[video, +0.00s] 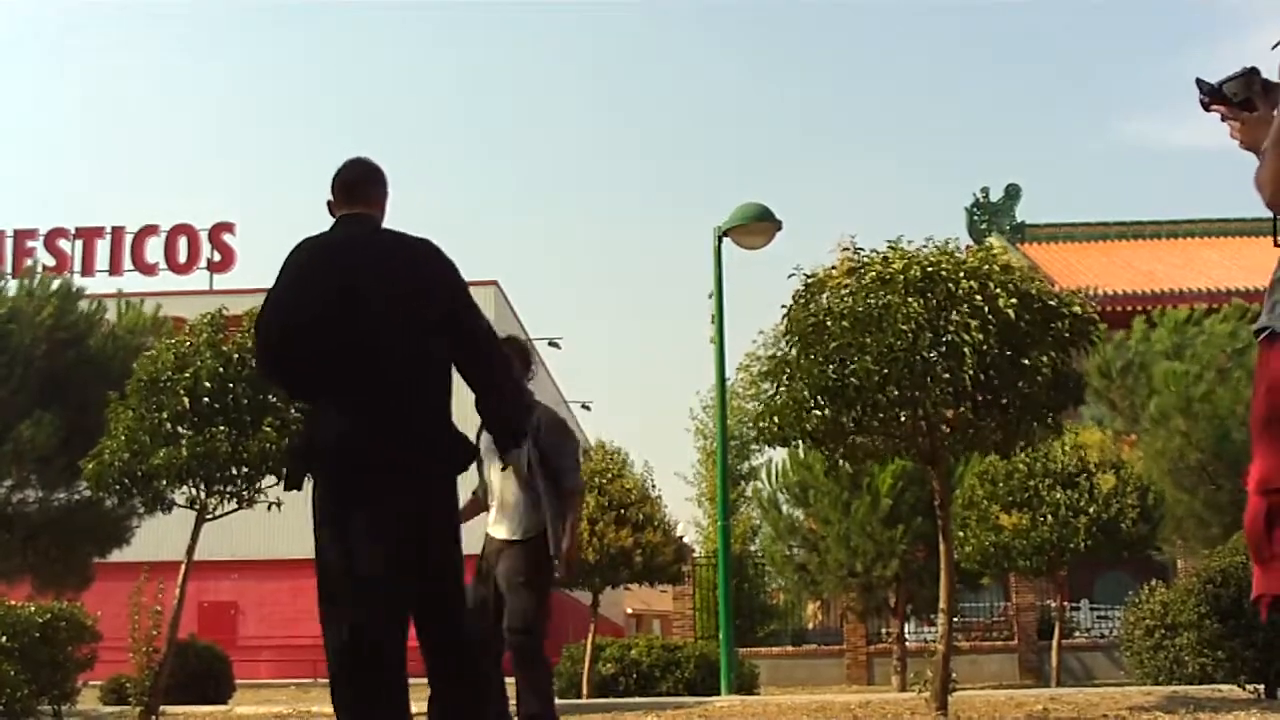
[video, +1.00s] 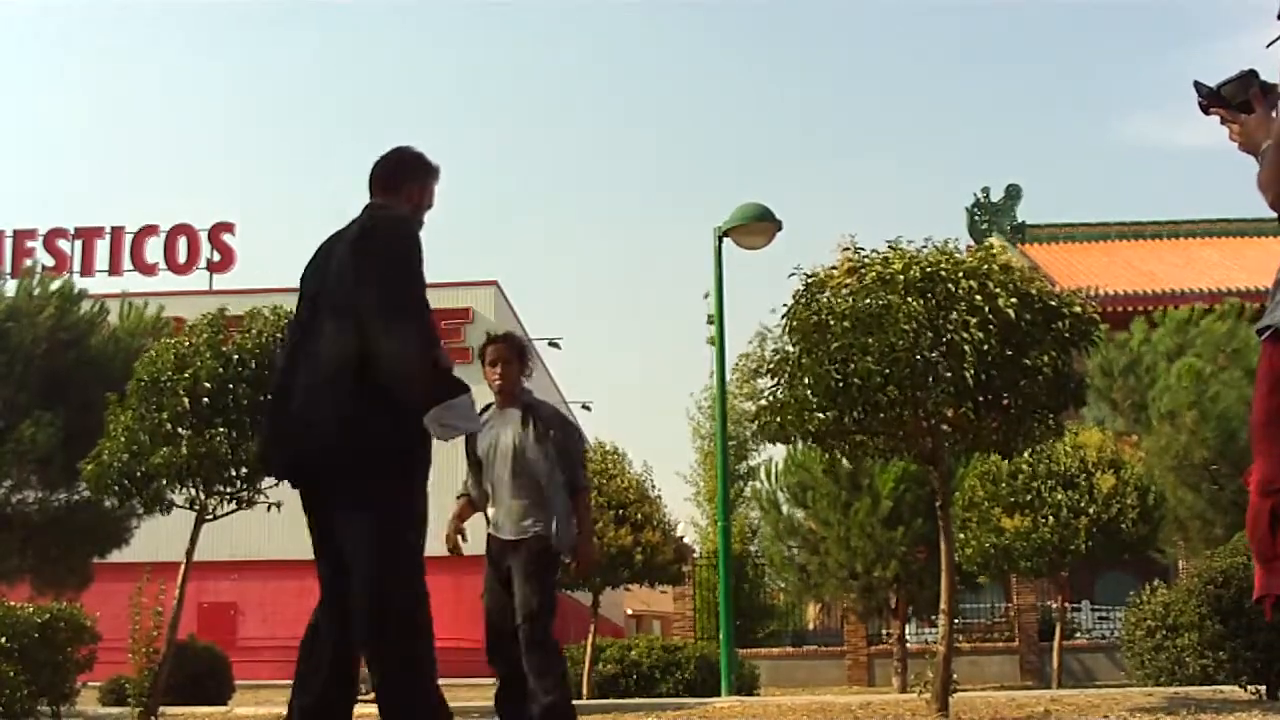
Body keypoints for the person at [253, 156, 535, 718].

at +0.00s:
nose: (345, 212)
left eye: (336, 203)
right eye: (371, 200)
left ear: (331, 203)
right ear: (385, 202)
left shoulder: (306, 258)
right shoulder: (425, 258)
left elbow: (273, 353)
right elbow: (481, 355)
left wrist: (324, 394)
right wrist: (508, 425)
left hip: (344, 465)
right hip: (425, 459)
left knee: (358, 629)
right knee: (447, 625)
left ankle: (370, 715)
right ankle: (468, 715)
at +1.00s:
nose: (426, 213)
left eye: (428, 202)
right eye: (425, 201)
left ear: (377, 187)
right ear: (407, 190)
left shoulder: (330, 250)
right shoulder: (392, 237)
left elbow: (305, 353)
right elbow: (402, 340)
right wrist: (449, 401)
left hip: (324, 448)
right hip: (380, 449)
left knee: (340, 597)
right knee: (396, 596)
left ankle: (314, 710)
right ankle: (417, 710)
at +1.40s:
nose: (414, 190)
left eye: (405, 181)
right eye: (417, 181)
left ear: (362, 177)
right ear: (415, 178)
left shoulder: (318, 238)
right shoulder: (426, 229)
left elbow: (313, 330)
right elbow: (481, 326)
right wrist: (540, 393)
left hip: (323, 437)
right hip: (413, 439)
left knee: (296, 581)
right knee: (441, 588)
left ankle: (277, 705)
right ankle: (443, 709)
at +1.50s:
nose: (389, 187)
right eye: (392, 179)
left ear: (337, 179)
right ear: (392, 178)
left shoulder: (296, 236)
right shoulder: (413, 233)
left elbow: (286, 334)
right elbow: (486, 316)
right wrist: (558, 377)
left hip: (307, 452)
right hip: (403, 451)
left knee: (290, 607)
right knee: (441, 609)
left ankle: (298, 716)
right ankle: (447, 713)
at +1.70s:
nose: (322, 176)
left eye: (297, 170)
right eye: (332, 165)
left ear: (283, 173)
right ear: (341, 167)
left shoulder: (261, 221)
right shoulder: (384, 224)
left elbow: (226, 308)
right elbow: (473, 283)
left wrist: (290, 335)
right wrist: (557, 338)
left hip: (289, 441)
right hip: (375, 435)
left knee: (295, 596)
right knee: (394, 573)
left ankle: (293, 707)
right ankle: (426, 652)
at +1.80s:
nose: (283, 186)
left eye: (269, 179)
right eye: (303, 170)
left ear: (263, 179)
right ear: (320, 173)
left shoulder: (256, 229)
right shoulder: (372, 227)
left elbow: (204, 305)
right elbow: (459, 269)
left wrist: (258, 327)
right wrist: (524, 327)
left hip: (315, 434)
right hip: (387, 429)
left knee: (276, 561)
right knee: (343, 570)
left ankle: (327, 699)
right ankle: (355, 705)